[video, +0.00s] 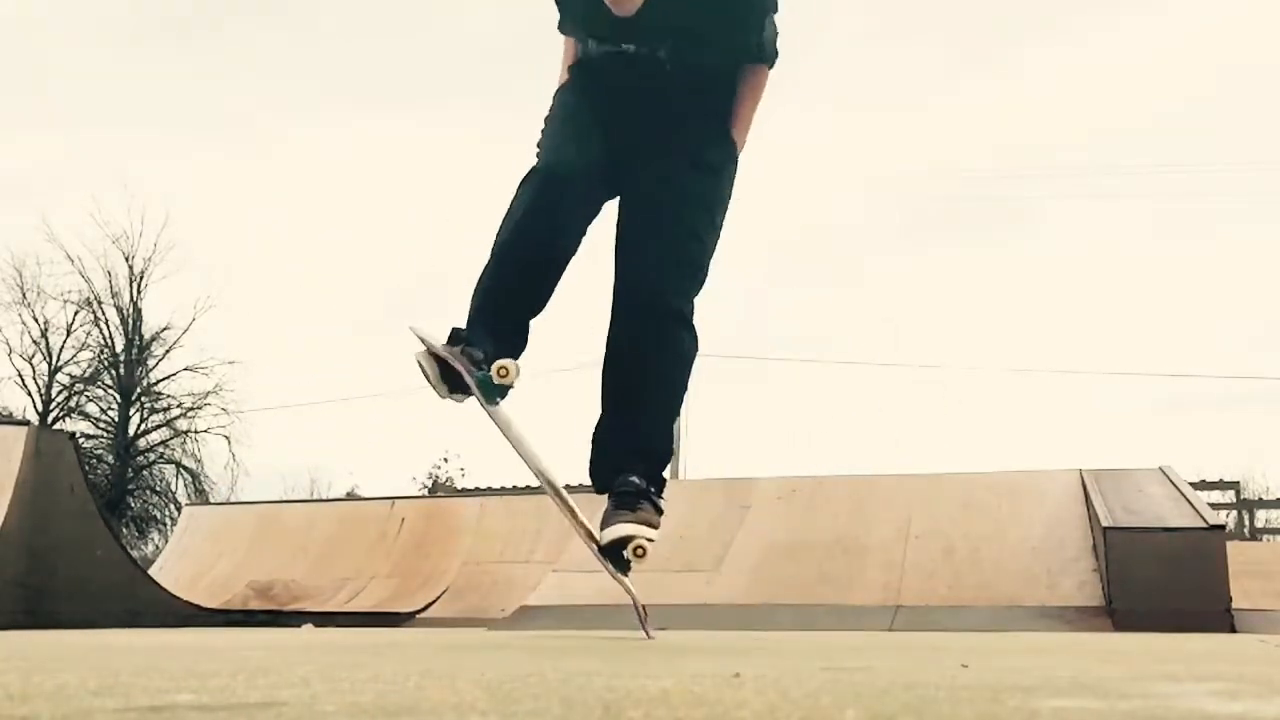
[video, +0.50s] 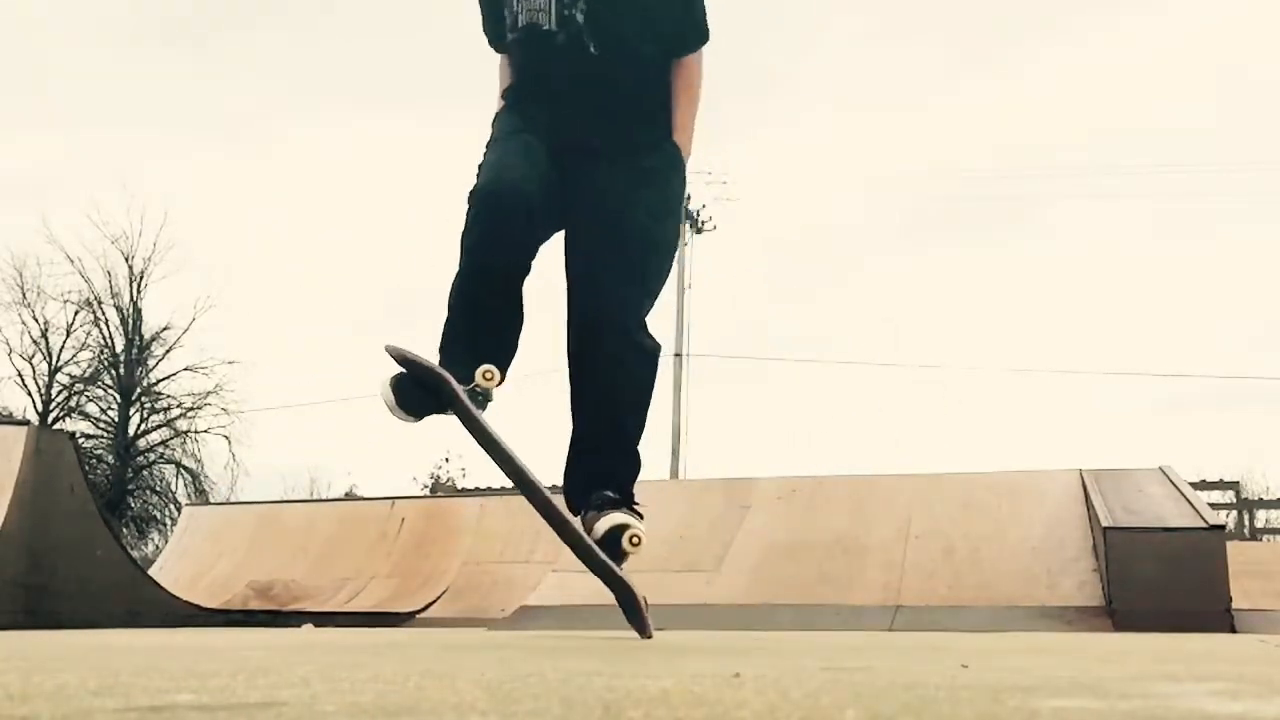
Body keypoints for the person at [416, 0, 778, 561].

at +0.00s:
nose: (618, 5)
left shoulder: (744, 9)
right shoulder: (581, 7)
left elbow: (759, 48)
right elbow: (573, 47)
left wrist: (731, 145)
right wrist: (568, 109)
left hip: (702, 83)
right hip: (604, 74)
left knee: (659, 292)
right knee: (558, 183)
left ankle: (634, 483)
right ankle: (484, 346)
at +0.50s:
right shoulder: (501, 4)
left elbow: (687, 47)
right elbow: (509, 52)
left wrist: (677, 157)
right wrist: (503, 132)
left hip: (633, 128)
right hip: (536, 122)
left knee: (612, 325)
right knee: (502, 198)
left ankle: (603, 496)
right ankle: (470, 364)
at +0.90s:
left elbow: (639, 14)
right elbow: (464, 30)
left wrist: (628, 113)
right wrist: (455, 83)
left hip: (585, 98)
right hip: (485, 88)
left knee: (586, 295)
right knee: (432, 159)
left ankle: (590, 488)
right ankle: (454, 316)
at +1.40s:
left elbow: (624, 13)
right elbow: (443, 32)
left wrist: (609, 104)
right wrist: (436, 96)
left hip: (561, 108)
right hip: (462, 103)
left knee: (565, 251)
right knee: (402, 144)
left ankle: (566, 418)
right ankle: (421, 324)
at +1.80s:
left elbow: (614, 17)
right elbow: (432, 35)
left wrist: (592, 115)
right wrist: (429, 100)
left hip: (550, 119)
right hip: (449, 111)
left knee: (539, 226)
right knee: (380, 197)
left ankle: (547, 399)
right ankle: (367, 384)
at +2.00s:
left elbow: (613, 18)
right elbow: (431, 36)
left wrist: (587, 118)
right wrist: (426, 102)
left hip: (548, 117)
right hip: (446, 111)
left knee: (537, 235)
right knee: (375, 221)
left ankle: (543, 410)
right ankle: (352, 405)